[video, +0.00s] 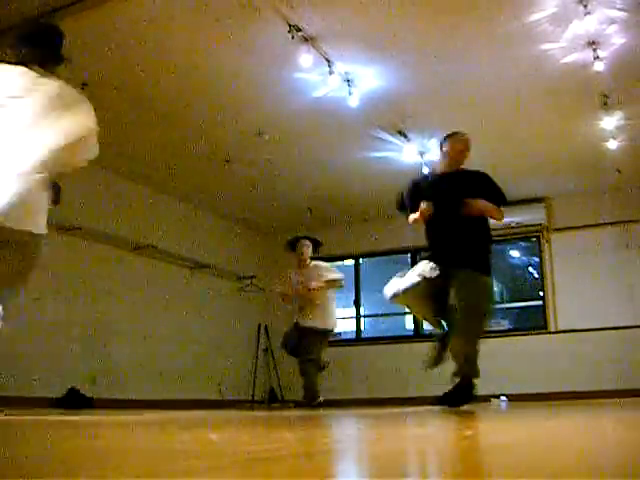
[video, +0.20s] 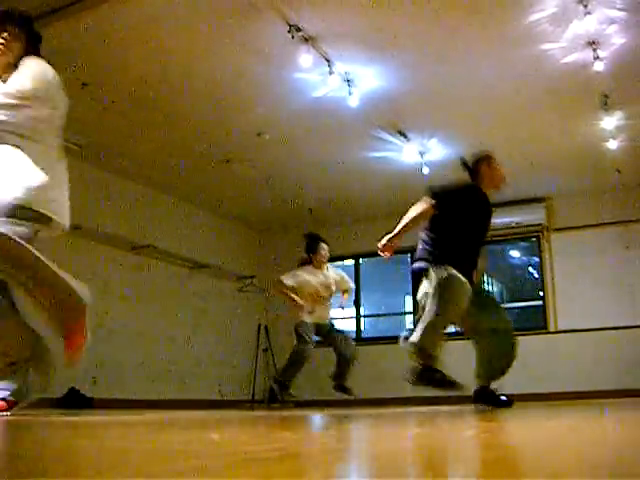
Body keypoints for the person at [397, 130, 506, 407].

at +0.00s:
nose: (464, 156)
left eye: (466, 151)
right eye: (460, 150)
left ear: (467, 154)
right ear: (444, 149)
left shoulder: (478, 180)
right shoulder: (424, 184)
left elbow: (499, 215)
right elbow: (409, 219)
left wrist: (483, 207)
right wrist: (418, 216)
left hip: (473, 260)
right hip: (438, 260)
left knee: (465, 322)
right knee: (407, 293)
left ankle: (465, 382)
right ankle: (443, 330)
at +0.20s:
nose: (501, 173)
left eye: (498, 167)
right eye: (495, 167)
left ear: (486, 173)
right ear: (481, 171)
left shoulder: (484, 208)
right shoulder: (462, 191)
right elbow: (425, 206)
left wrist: (473, 289)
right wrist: (394, 236)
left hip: (463, 279)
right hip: (435, 267)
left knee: (497, 329)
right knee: (453, 289)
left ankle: (483, 388)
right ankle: (422, 364)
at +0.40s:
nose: (504, 205)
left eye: (504, 200)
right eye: (500, 199)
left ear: (488, 200)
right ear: (487, 199)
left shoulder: (479, 221)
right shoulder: (471, 210)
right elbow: (446, 204)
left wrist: (440, 235)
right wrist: (419, 203)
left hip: (466, 298)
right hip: (448, 295)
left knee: (500, 339)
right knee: (474, 334)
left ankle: (484, 391)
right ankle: (453, 389)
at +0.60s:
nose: (475, 158)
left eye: (474, 154)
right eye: (470, 154)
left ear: (459, 160)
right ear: (457, 158)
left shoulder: (463, 195)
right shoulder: (444, 179)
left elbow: (499, 213)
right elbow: (473, 164)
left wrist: (538, 222)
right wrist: (502, 158)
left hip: (437, 259)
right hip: (423, 256)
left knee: (462, 317)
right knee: (451, 309)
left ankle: (463, 381)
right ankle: (425, 359)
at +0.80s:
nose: (451, 165)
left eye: (451, 161)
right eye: (444, 160)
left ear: (448, 167)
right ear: (427, 166)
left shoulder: (447, 201)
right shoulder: (419, 191)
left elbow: (476, 216)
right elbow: (447, 213)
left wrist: (483, 183)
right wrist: (471, 190)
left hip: (434, 277)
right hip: (411, 274)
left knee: (430, 334)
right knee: (415, 329)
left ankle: (413, 390)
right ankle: (399, 389)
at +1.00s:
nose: (431, 161)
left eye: (436, 157)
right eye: (426, 156)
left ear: (442, 164)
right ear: (415, 162)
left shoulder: (448, 206)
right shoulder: (395, 194)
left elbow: (446, 255)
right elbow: (377, 234)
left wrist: (445, 234)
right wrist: (415, 226)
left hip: (426, 273)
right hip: (389, 272)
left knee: (435, 303)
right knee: (385, 328)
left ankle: (438, 341)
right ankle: (389, 391)